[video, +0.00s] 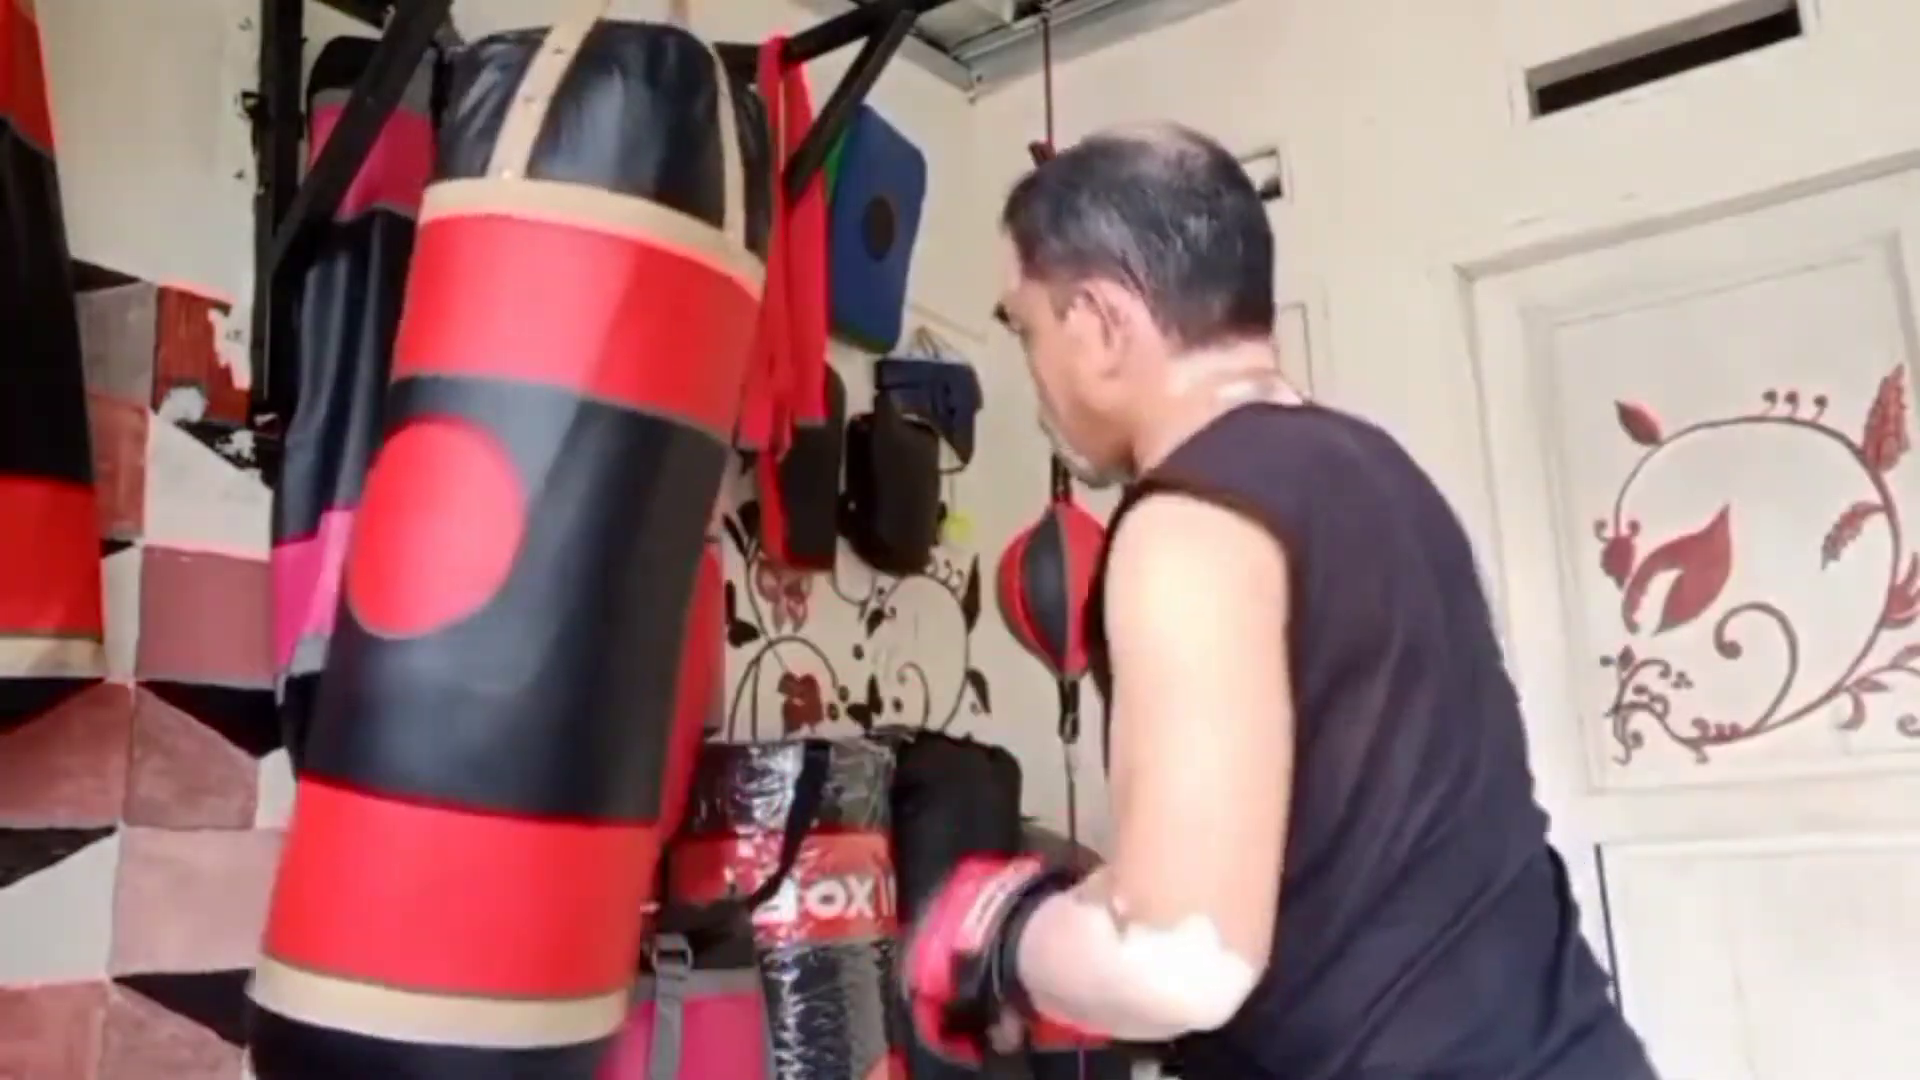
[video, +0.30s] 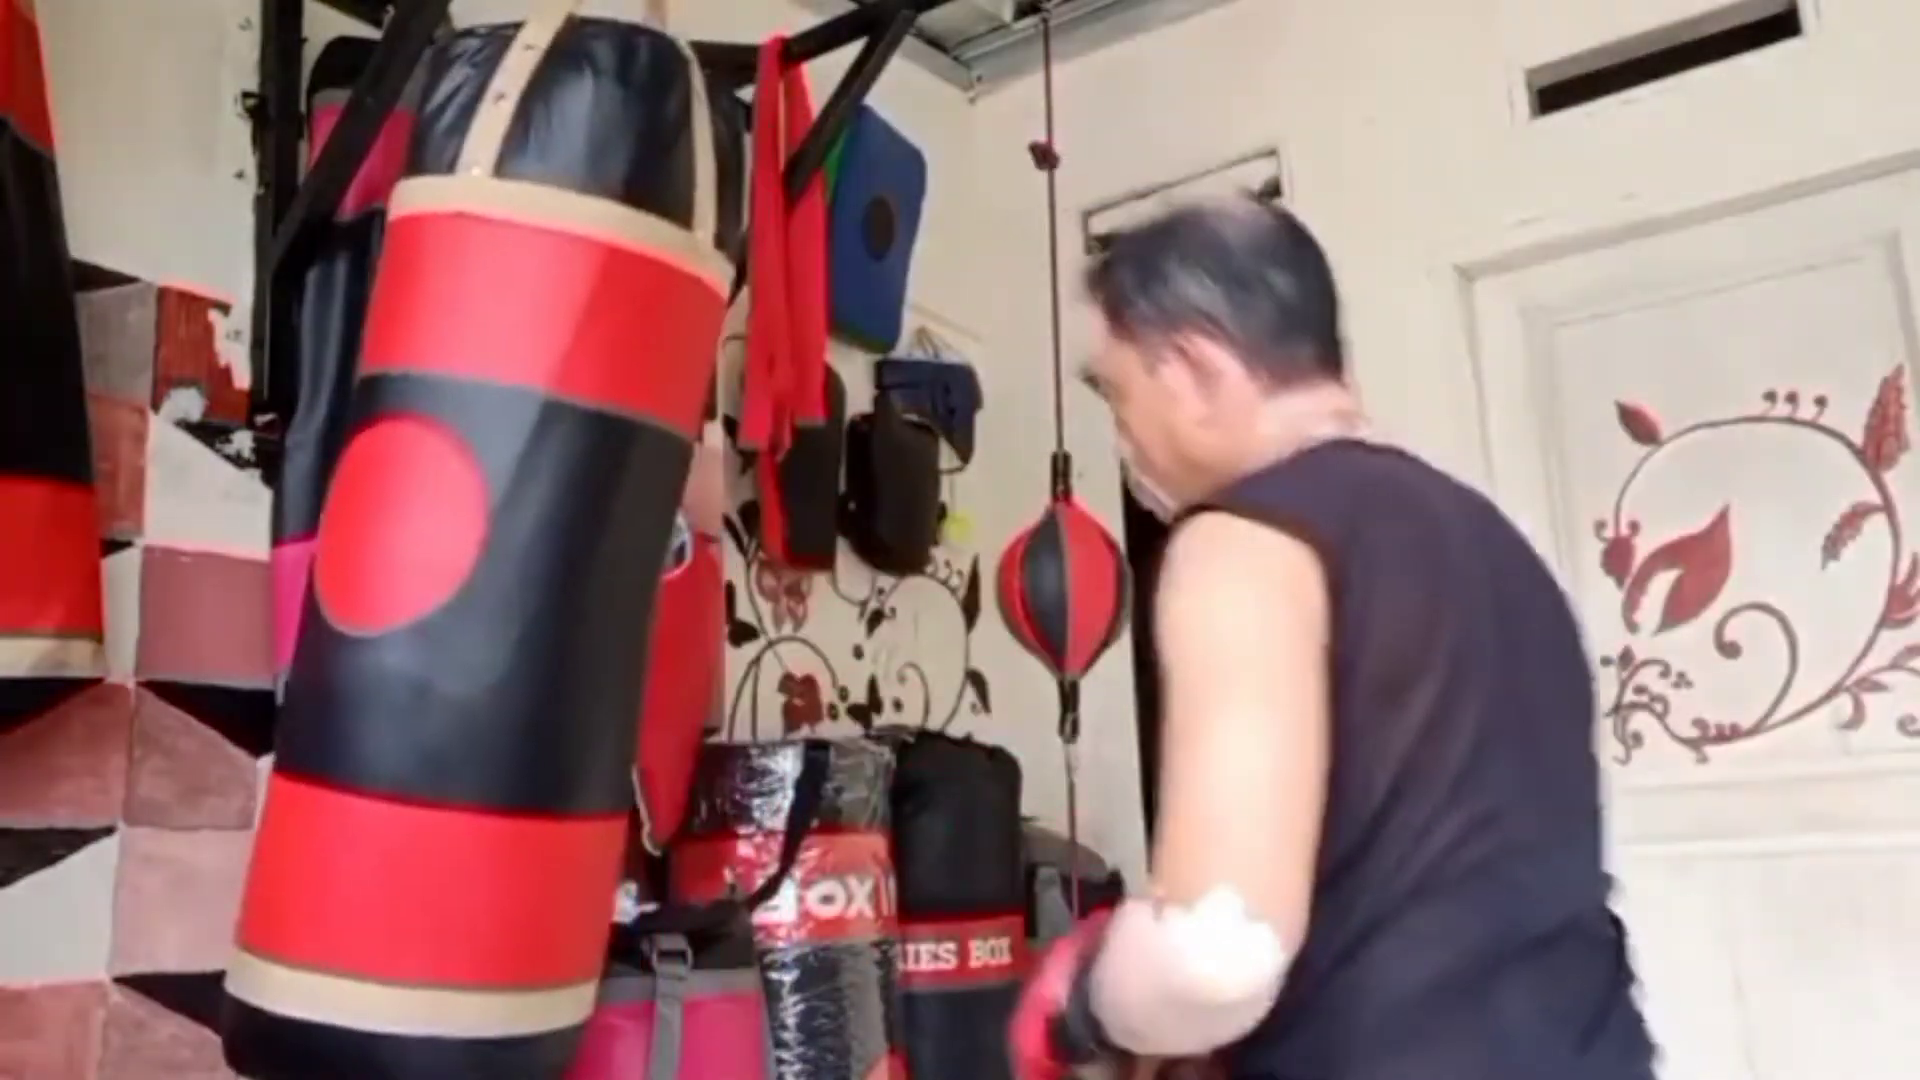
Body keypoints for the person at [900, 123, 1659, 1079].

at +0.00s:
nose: (1032, 371)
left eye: (1024, 328)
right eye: (1019, 332)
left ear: (1101, 320)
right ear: (1240, 295)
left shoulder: (1194, 524)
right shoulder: (1368, 464)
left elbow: (1183, 961)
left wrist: (1001, 930)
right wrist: (1077, 911)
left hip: (1378, 1057)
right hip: (1565, 1039)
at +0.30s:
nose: (1119, 434)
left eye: (1113, 390)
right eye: (1106, 396)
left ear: (1193, 367)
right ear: (1316, 349)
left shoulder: (1244, 540)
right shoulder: (1483, 531)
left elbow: (1221, 957)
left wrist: (1086, 983)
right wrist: (1212, 1031)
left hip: (1378, 1058)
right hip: (1585, 1049)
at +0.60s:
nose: (1189, 534)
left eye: (1190, 490)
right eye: (1182, 497)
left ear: (1274, 469)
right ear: (1387, 466)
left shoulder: (1231, 627)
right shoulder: (1567, 624)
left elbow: (1167, 1015)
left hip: (1417, 1054)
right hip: (1673, 1054)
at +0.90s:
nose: (1084, 471)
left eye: (1079, 417)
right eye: (1073, 425)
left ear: (1169, 384)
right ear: (1281, 384)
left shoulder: (1236, 561)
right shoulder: (1415, 543)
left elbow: (1156, 990)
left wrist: (1065, 957)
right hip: (1581, 1042)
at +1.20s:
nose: (1048, 455)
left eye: (1039, 403)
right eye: (1032, 410)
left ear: (1144, 373)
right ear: (1140, 379)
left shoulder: (1360, 596)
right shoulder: (1220, 564)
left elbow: (1399, 1049)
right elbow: (1038, 710)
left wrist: (1135, 873)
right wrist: (843, 739)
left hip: (1498, 1062)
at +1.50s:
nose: (1012, 489)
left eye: (1003, 437)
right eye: (996, 443)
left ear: (1102, 403)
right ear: (1120, 397)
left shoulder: (1354, 636)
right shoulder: (1225, 529)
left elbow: (1307, 1059)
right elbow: (1030, 595)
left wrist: (1083, 901)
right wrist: (804, 627)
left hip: (1507, 1064)